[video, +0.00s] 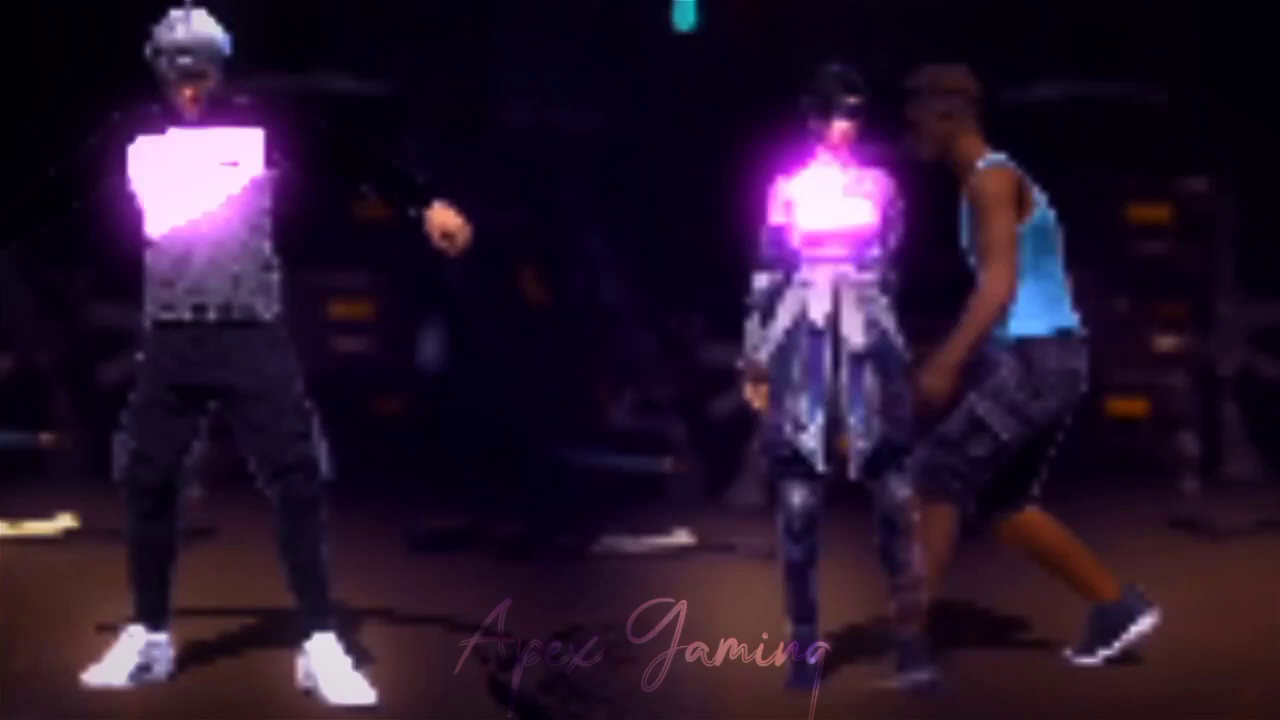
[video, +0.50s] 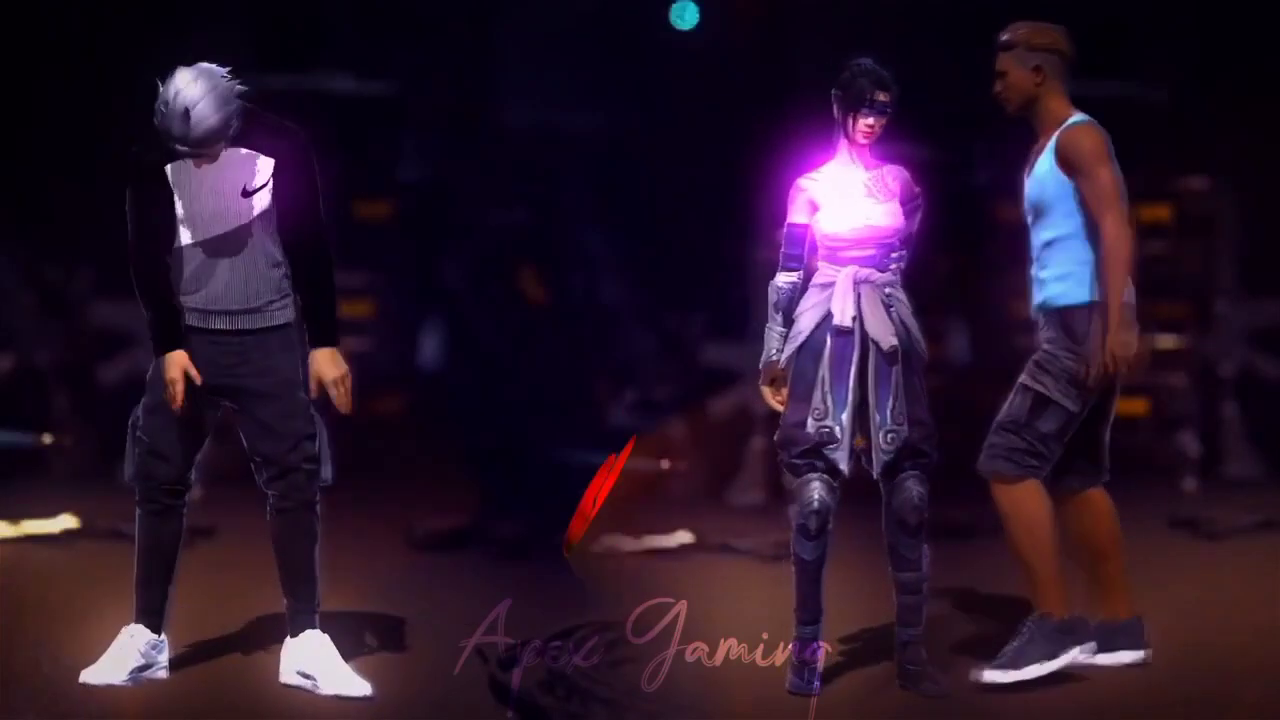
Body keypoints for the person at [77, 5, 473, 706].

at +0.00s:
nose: (190, 89)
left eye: (201, 74)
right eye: (177, 75)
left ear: (224, 71)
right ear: (156, 74)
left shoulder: (265, 127)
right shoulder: (131, 143)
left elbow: (347, 167)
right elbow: (96, 233)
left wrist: (422, 208)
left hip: (253, 336)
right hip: (170, 337)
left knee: (294, 476)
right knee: (147, 478)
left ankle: (320, 638)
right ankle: (149, 634)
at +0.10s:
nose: (184, 120)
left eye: (196, 108)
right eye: (171, 109)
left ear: (215, 92)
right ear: (148, 97)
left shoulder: (259, 129)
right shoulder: (115, 146)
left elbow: (352, 137)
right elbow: (32, 173)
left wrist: (445, 166)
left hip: (255, 338)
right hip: (169, 342)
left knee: (294, 478)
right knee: (148, 483)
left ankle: (310, 636)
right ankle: (148, 636)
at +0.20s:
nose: (183, 149)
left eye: (193, 135)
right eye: (170, 139)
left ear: (208, 113)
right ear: (148, 124)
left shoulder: (256, 135)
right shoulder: (116, 156)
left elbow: (352, 136)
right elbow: (37, 176)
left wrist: (448, 166)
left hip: (255, 339)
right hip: (170, 342)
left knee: (292, 477)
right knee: (149, 483)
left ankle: (305, 636)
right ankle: (148, 637)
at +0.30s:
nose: (190, 169)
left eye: (198, 155)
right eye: (175, 162)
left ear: (211, 124)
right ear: (149, 142)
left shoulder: (258, 138)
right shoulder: (128, 162)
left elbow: (349, 172)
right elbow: (58, 219)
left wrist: (448, 212)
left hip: (257, 340)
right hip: (172, 345)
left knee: (289, 478)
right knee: (150, 484)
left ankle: (305, 636)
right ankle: (146, 636)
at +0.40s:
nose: (193, 166)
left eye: (202, 154)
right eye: (180, 158)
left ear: (219, 129)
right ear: (156, 139)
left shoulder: (265, 154)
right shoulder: (134, 170)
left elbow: (333, 227)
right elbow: (90, 256)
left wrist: (414, 284)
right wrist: (48, 337)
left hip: (261, 345)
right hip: (176, 347)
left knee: (290, 484)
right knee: (151, 483)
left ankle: (305, 638)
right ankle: (147, 636)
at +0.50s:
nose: (204, 157)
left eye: (213, 146)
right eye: (192, 149)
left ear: (234, 120)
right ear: (171, 131)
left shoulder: (283, 150)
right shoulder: (152, 163)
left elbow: (310, 244)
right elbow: (146, 257)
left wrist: (324, 340)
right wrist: (167, 343)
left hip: (273, 342)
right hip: (186, 344)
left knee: (295, 484)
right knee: (156, 482)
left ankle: (304, 636)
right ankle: (148, 634)